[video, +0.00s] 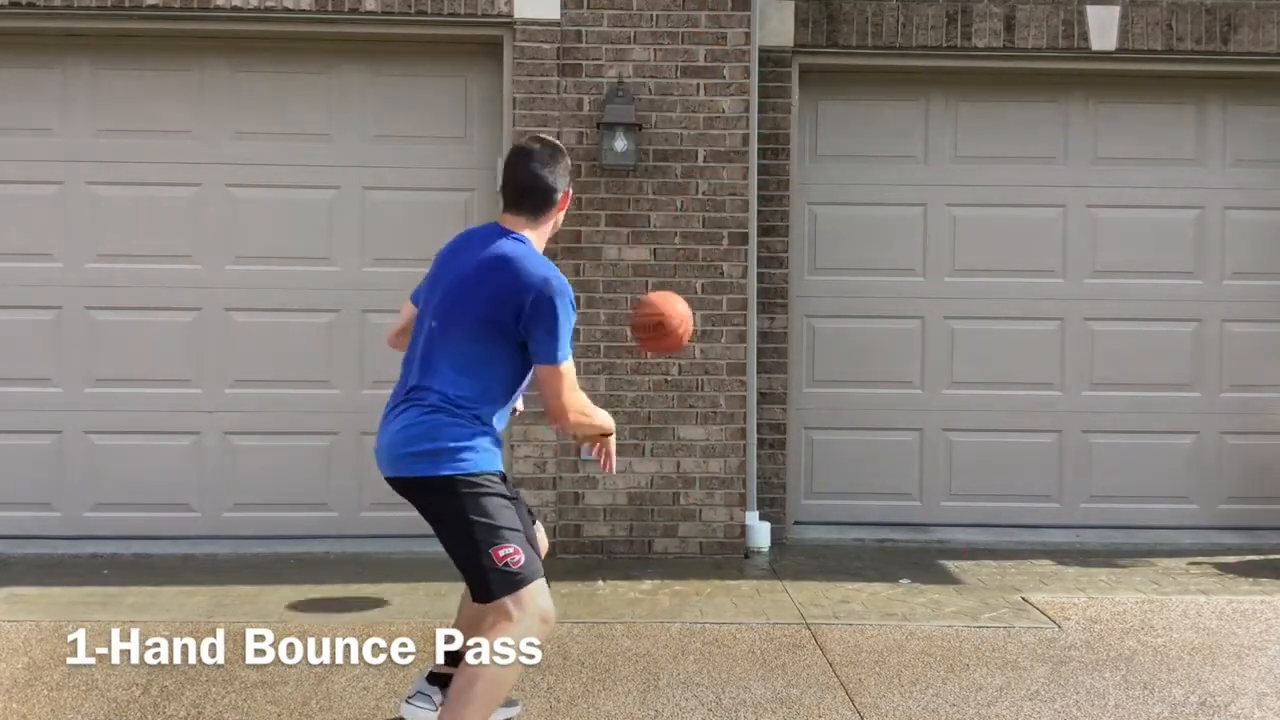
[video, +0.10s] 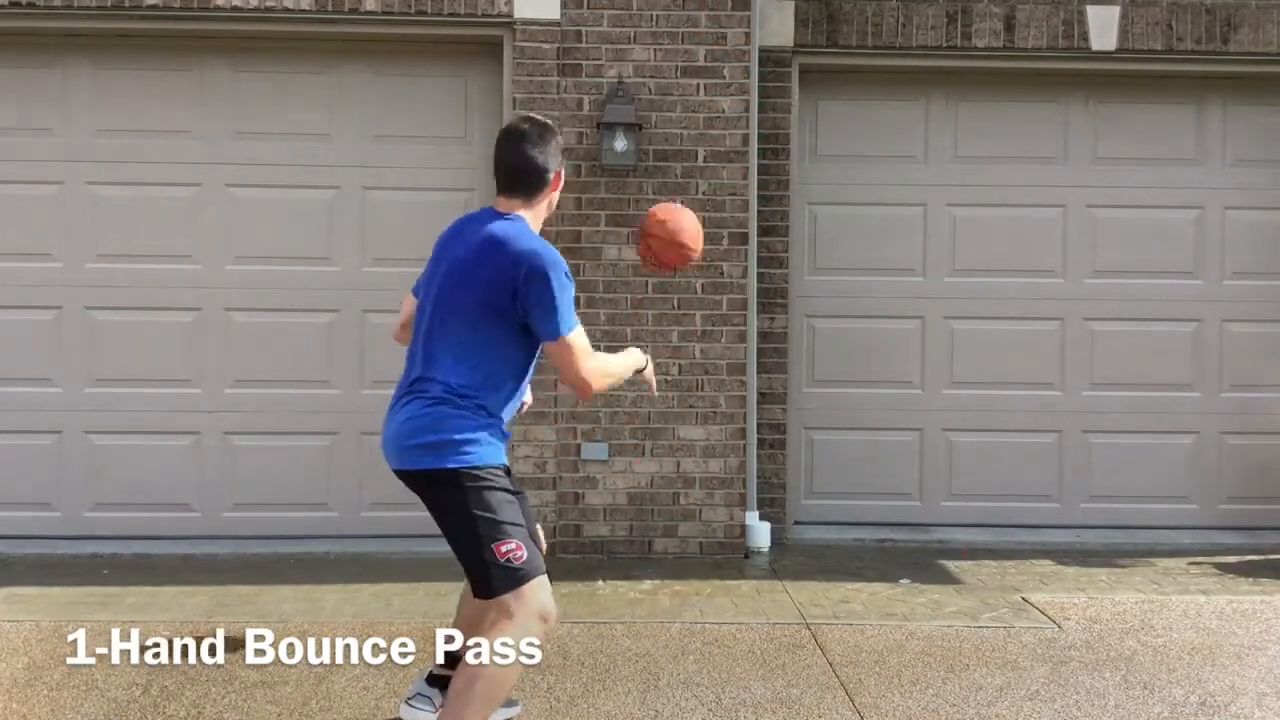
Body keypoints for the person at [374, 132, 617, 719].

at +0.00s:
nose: (570, 203)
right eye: (570, 195)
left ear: (504, 190)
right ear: (563, 201)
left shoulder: (462, 246)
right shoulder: (544, 284)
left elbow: (401, 335)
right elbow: (563, 409)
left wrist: (490, 366)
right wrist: (604, 424)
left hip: (409, 441)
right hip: (452, 450)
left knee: (530, 540)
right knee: (528, 616)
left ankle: (446, 681)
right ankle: (458, 712)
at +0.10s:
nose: (563, 183)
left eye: (560, 175)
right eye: (563, 175)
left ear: (496, 175)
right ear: (556, 182)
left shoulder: (459, 234)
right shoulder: (537, 258)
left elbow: (406, 329)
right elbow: (586, 377)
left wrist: (496, 366)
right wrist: (635, 360)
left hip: (414, 435)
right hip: (459, 443)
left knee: (526, 541)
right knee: (530, 613)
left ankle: (444, 684)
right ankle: (458, 713)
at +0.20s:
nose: (559, 157)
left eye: (555, 147)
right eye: (559, 147)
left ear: (491, 152)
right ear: (550, 155)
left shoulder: (462, 216)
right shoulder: (528, 231)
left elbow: (420, 317)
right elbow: (618, 319)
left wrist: (510, 367)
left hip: (429, 422)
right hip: (461, 430)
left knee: (495, 577)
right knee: (523, 610)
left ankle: (443, 688)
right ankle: (456, 711)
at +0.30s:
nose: (558, 133)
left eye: (555, 123)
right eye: (555, 123)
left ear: (487, 130)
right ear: (543, 130)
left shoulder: (468, 196)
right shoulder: (519, 198)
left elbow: (440, 313)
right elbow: (638, 250)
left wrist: (523, 360)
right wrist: (659, 166)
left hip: (463, 417)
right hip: (466, 424)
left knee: (520, 587)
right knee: (496, 603)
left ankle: (445, 687)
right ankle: (453, 713)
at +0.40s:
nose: (558, 116)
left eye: (555, 103)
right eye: (556, 103)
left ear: (490, 110)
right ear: (542, 108)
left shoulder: (490, 179)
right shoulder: (509, 174)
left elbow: (468, 312)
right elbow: (636, 220)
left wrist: (532, 360)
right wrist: (676, 121)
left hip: (496, 418)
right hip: (467, 422)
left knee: (537, 558)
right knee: (496, 601)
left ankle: (455, 681)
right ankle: (443, 709)